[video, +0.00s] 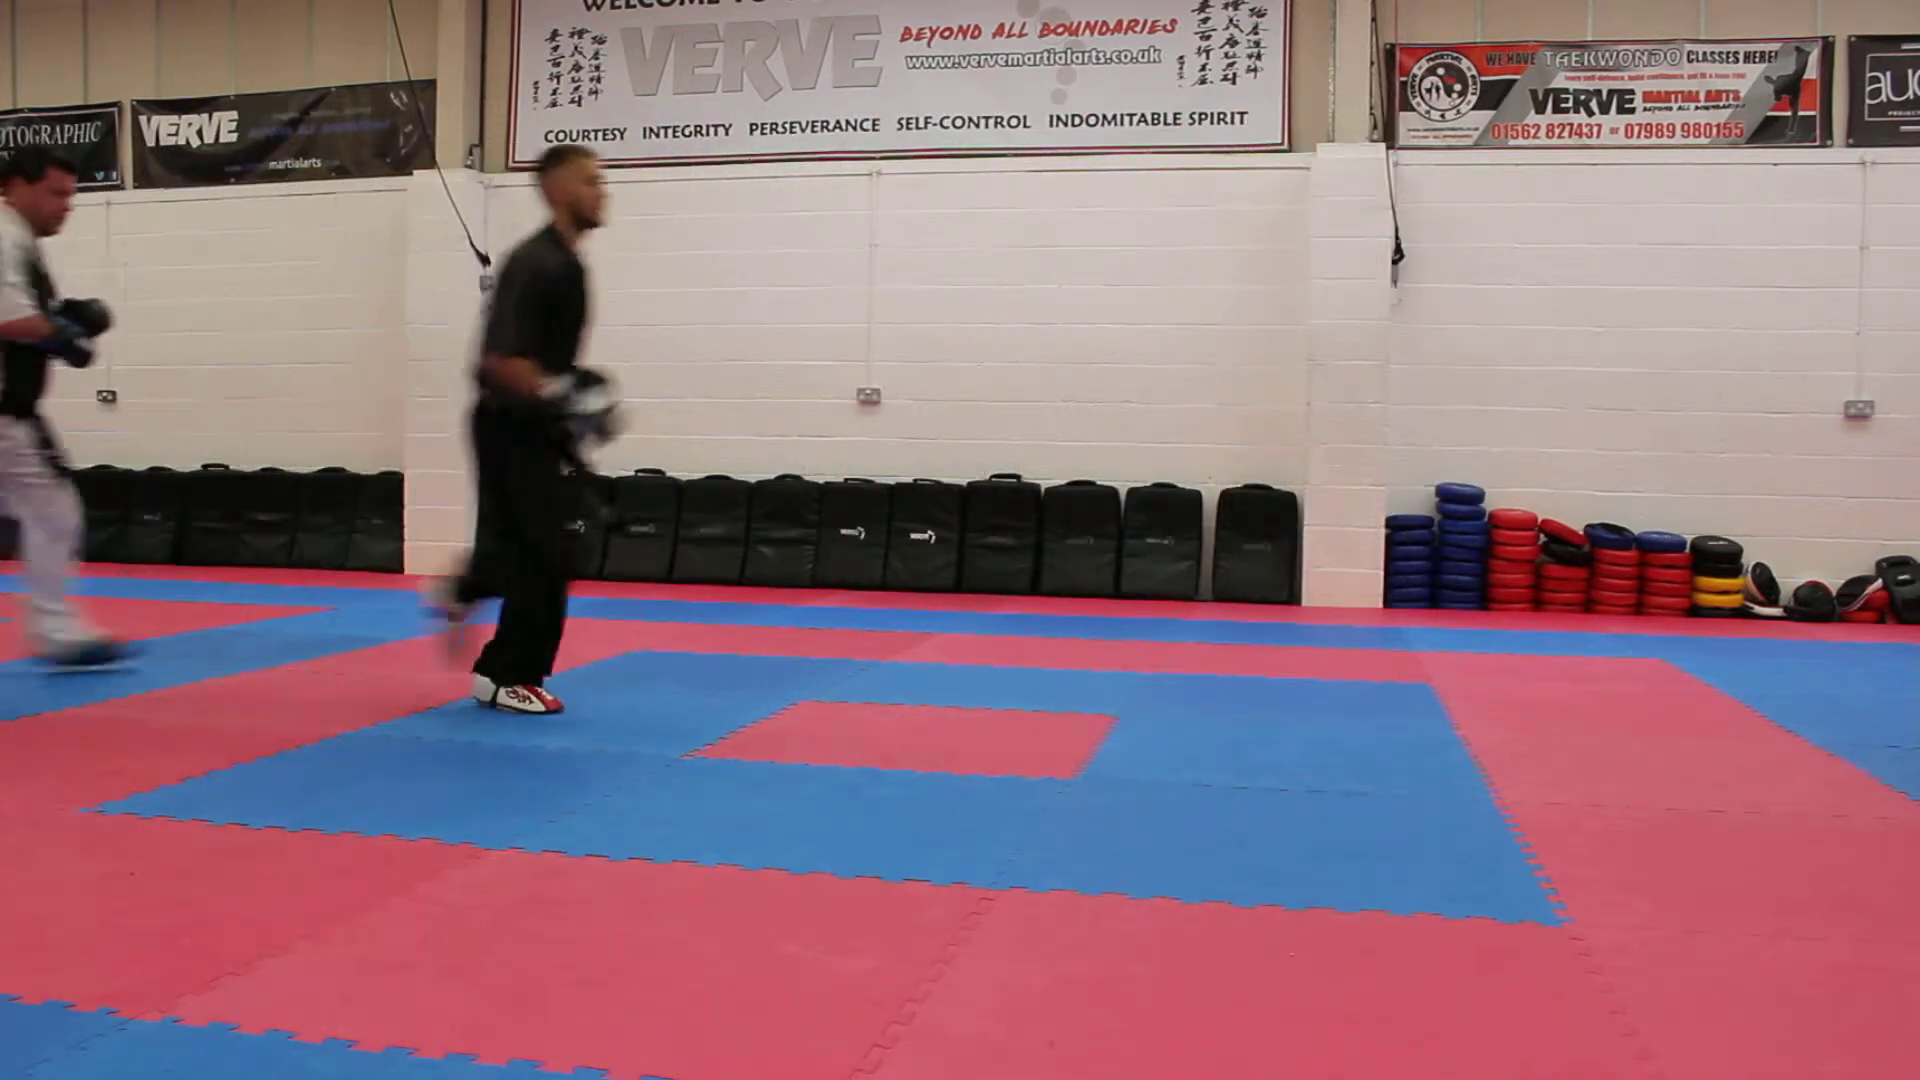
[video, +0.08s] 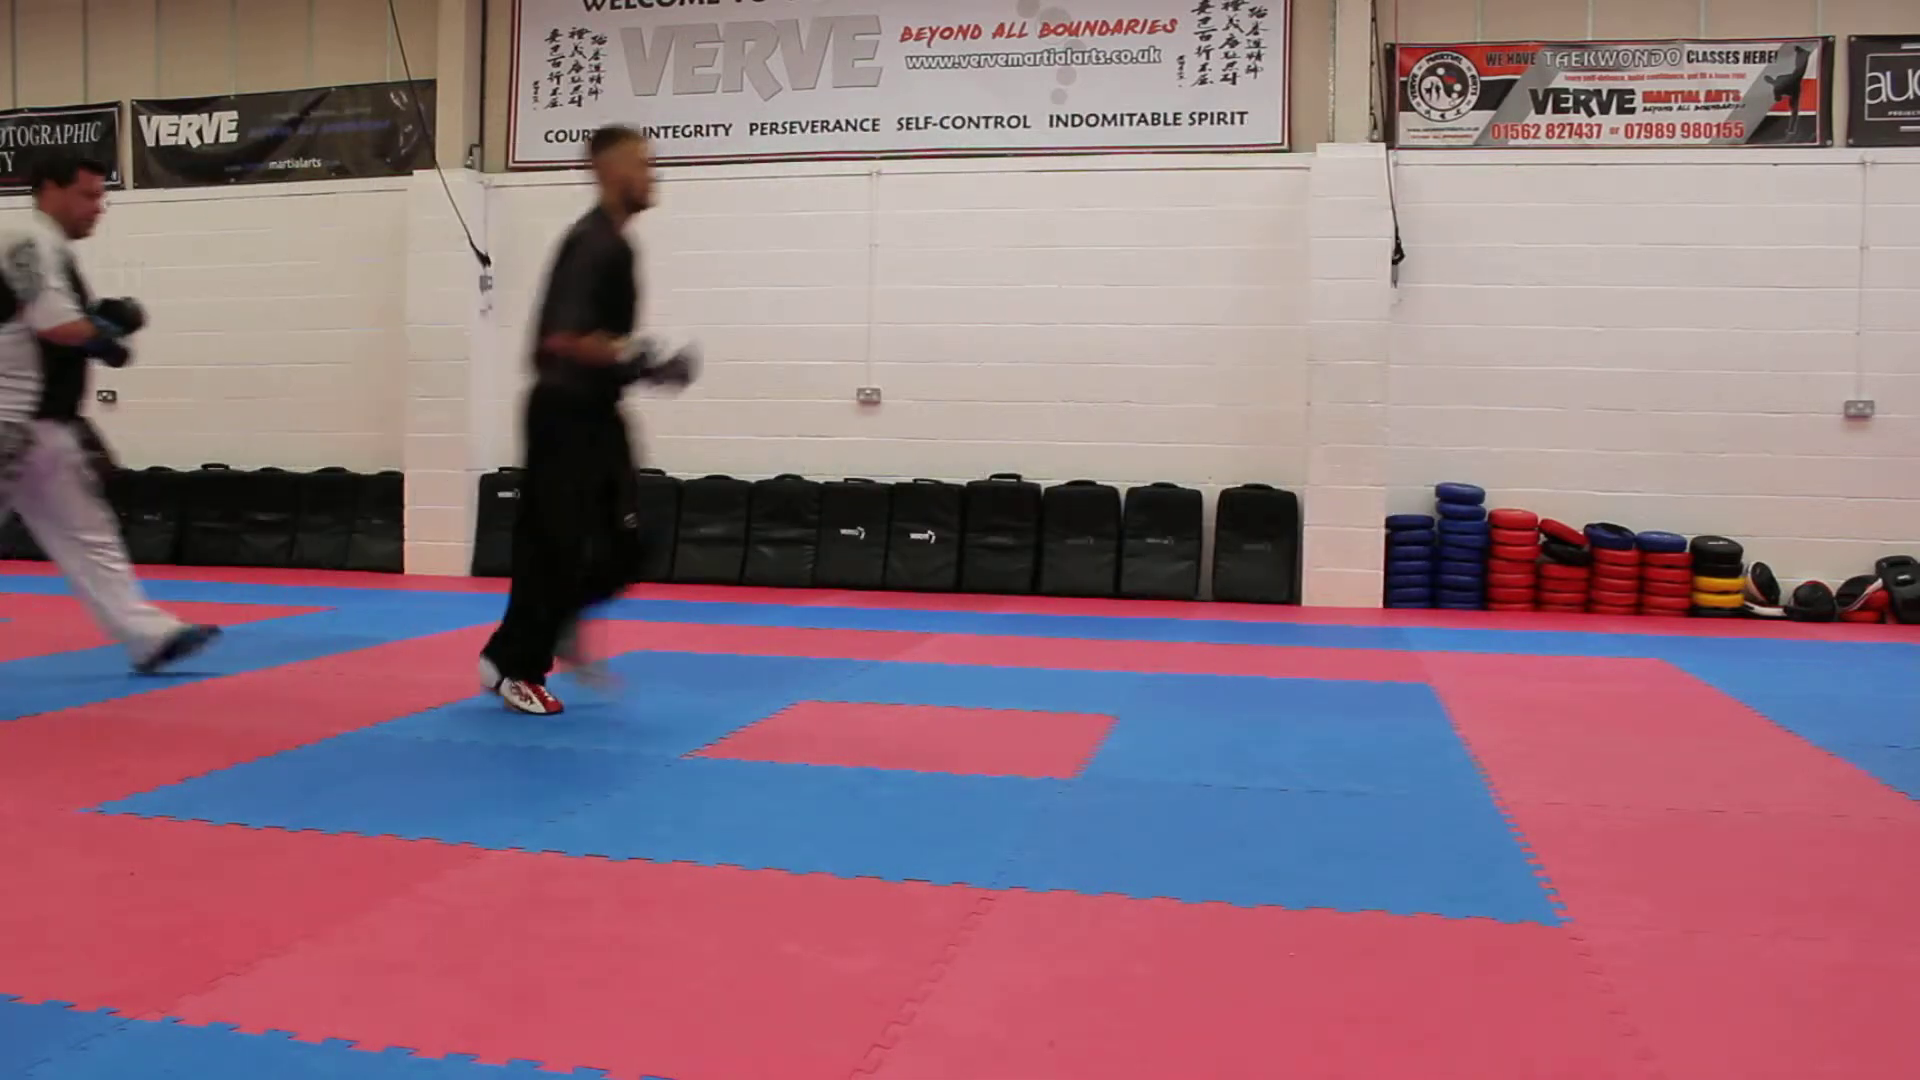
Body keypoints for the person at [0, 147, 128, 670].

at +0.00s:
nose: (66, 207)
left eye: (69, 196)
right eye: (57, 194)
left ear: (23, 193)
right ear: (18, 189)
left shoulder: (22, 242)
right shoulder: (6, 240)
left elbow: (25, 317)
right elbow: (12, 320)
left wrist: (58, 338)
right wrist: (63, 322)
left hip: (17, 415)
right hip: (8, 417)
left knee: (51, 508)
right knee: (53, 507)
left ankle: (56, 628)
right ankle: (55, 629)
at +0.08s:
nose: (98, 207)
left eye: (100, 196)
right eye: (89, 195)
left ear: (61, 195)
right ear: (51, 192)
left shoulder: (50, 248)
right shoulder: (30, 244)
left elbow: (59, 323)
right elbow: (55, 325)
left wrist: (96, 337)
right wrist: (105, 325)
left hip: (43, 426)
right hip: (24, 427)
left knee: (85, 534)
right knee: (84, 534)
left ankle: (149, 636)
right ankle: (148, 635)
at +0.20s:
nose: (150, 206)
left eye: (152, 196)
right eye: (140, 195)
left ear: (117, 198)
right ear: (102, 194)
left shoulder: (117, 256)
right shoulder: (80, 248)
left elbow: (125, 328)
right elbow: (112, 327)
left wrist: (161, 343)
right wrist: (163, 322)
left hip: (116, 426)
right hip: (62, 427)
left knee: (152, 533)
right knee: (37, 543)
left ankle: (170, 646)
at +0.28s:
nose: (185, 199)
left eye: (187, 189)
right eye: (175, 188)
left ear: (177, 192)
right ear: (139, 188)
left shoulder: (164, 256)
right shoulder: (110, 240)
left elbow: (178, 308)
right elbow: (128, 315)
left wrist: (209, 312)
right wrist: (187, 331)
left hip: (144, 413)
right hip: (96, 410)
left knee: (168, 527)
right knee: (114, 529)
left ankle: (168, 646)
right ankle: (19, 607)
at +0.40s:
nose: (231, 192)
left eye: (234, 183)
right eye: (221, 181)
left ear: (233, 185)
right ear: (185, 182)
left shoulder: (224, 253)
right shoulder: (152, 233)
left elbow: (246, 310)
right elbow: (149, 305)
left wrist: (251, 311)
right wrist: (218, 318)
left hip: (188, 399)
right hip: (141, 395)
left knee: (194, 514)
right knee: (191, 510)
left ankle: (172, 637)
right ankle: (172, 638)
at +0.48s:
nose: (257, 193)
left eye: (261, 183)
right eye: (246, 182)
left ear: (259, 188)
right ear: (212, 184)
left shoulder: (258, 255)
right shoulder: (177, 236)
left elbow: (284, 331)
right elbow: (165, 312)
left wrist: (283, 315)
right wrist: (235, 319)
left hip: (226, 403)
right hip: (175, 399)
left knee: (198, 528)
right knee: (228, 519)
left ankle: (169, 642)